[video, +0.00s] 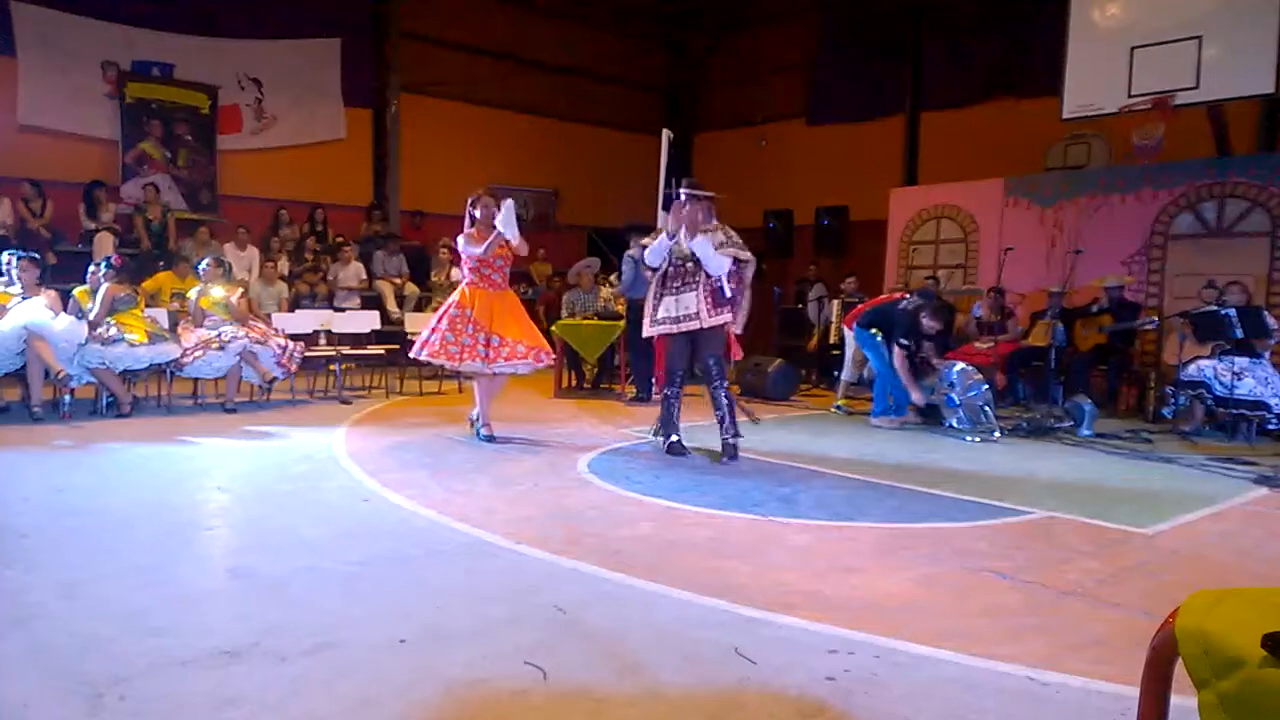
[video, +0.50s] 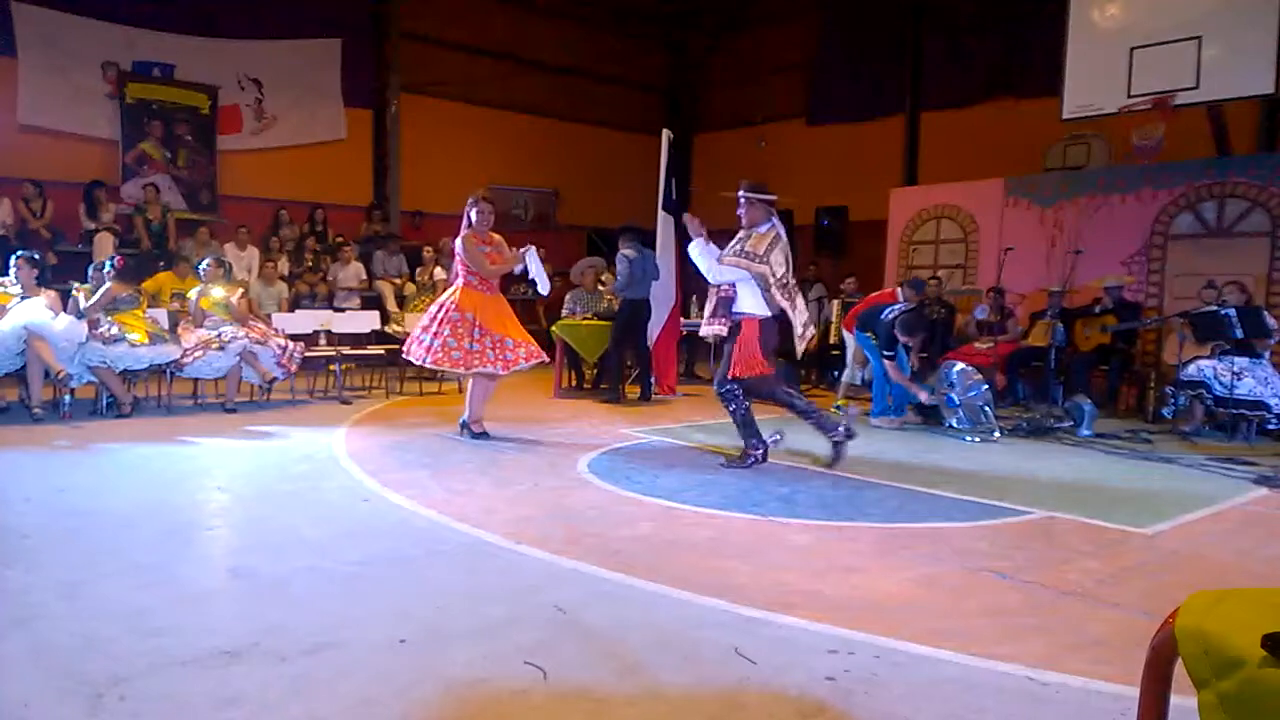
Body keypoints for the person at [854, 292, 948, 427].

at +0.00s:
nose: (933, 333)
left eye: (937, 330)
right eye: (931, 328)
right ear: (923, 316)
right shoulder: (906, 320)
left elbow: (928, 346)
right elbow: (899, 359)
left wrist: (934, 360)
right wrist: (913, 391)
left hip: (885, 332)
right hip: (867, 330)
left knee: (897, 369)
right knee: (884, 370)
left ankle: (901, 411)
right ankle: (880, 414)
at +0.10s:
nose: (925, 336)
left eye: (929, 333)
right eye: (922, 331)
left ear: (935, 327)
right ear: (912, 320)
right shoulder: (899, 321)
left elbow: (927, 339)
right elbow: (896, 365)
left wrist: (932, 356)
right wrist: (914, 392)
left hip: (886, 330)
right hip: (866, 331)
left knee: (904, 365)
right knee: (882, 368)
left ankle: (901, 411)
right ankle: (880, 413)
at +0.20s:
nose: (918, 338)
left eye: (921, 334)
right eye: (915, 334)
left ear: (926, 327)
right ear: (905, 324)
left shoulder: (920, 314)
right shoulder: (892, 325)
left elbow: (926, 336)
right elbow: (893, 367)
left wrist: (927, 358)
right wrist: (914, 394)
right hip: (865, 331)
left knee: (906, 365)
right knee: (881, 367)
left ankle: (900, 411)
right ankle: (880, 413)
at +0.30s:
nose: (912, 340)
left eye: (916, 337)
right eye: (909, 337)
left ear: (922, 331)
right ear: (900, 328)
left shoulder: (920, 315)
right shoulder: (889, 328)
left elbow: (923, 334)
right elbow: (892, 368)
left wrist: (921, 354)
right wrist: (914, 394)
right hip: (866, 331)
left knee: (906, 366)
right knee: (881, 368)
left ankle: (900, 410)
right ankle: (880, 413)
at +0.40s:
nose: (909, 343)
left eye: (913, 340)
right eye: (906, 340)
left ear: (921, 333)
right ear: (897, 331)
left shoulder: (918, 316)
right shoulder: (887, 332)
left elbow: (921, 335)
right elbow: (892, 369)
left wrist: (916, 354)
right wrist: (915, 395)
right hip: (866, 331)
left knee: (905, 367)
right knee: (881, 369)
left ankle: (900, 410)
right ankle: (880, 413)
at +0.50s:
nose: (909, 344)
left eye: (914, 340)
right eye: (906, 340)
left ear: (922, 334)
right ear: (896, 333)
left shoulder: (920, 317)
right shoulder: (887, 332)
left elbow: (920, 336)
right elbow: (892, 371)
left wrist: (914, 353)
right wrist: (918, 392)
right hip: (866, 330)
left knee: (904, 368)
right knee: (881, 369)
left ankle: (899, 410)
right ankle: (879, 413)